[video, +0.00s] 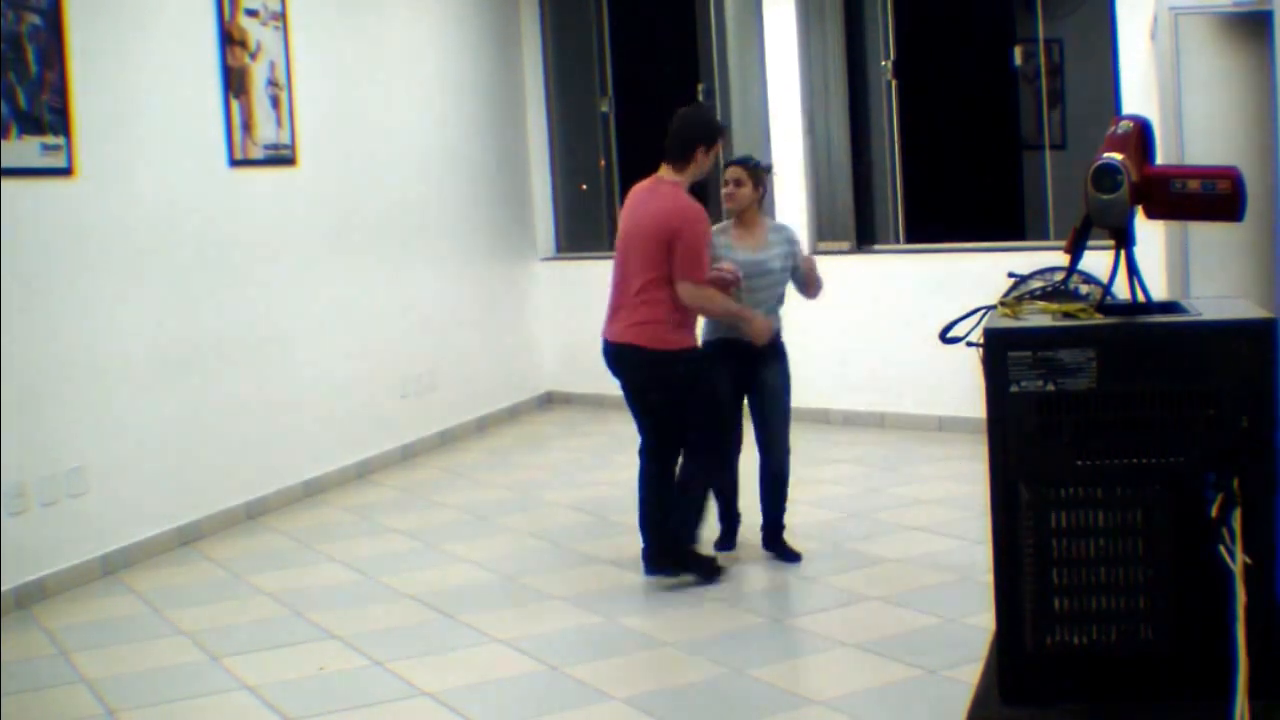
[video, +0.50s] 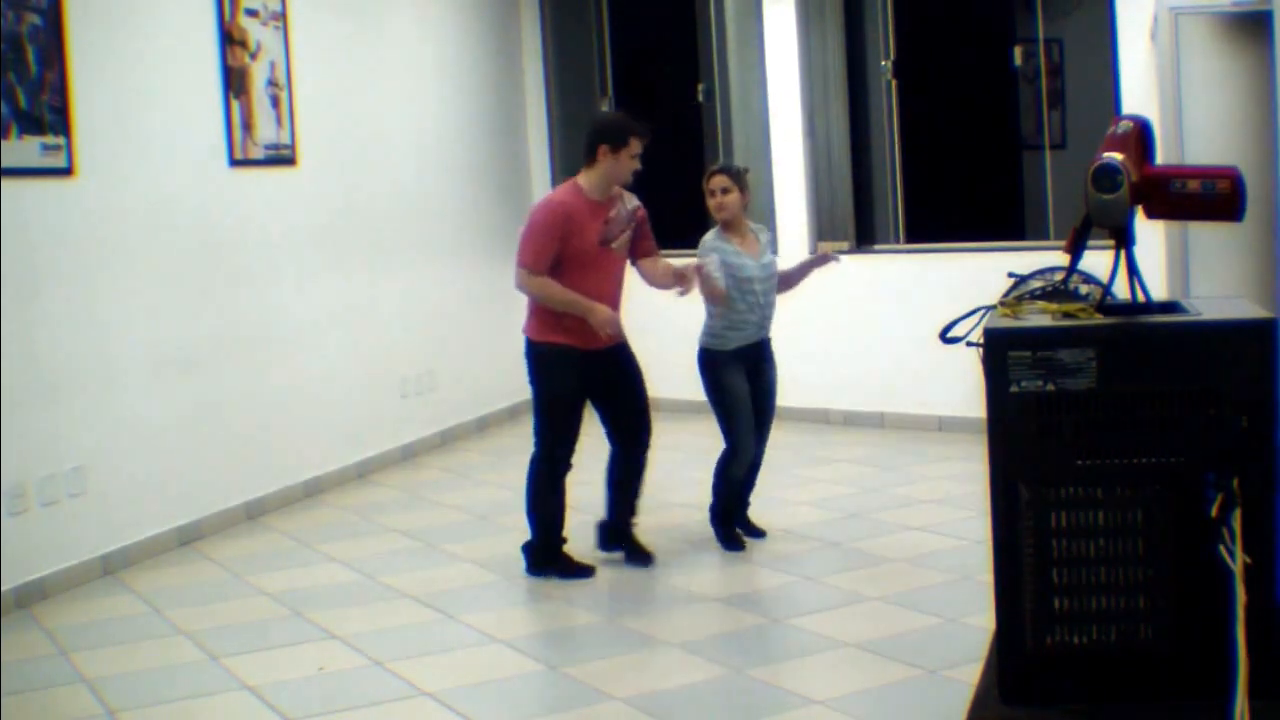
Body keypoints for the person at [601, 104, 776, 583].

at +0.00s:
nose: (716, 159)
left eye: (716, 150)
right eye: (716, 151)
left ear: (670, 146)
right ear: (703, 152)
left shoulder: (638, 195)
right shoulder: (688, 212)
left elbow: (643, 268)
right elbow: (691, 292)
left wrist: (705, 275)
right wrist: (746, 316)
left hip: (623, 342)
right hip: (665, 346)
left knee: (658, 442)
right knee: (712, 437)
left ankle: (659, 552)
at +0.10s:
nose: (700, 166)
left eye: (701, 158)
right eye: (698, 158)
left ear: (662, 154)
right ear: (682, 156)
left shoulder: (638, 201)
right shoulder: (656, 212)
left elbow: (658, 276)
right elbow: (651, 293)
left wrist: (709, 290)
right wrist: (706, 329)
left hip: (626, 344)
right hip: (643, 348)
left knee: (659, 444)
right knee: (672, 448)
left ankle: (662, 545)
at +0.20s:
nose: (683, 167)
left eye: (685, 158)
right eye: (681, 158)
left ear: (655, 156)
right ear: (658, 156)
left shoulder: (657, 208)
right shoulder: (619, 212)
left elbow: (666, 271)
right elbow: (605, 288)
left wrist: (712, 287)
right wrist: (665, 324)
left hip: (648, 351)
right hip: (615, 353)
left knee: (656, 450)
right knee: (629, 450)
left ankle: (662, 546)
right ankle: (560, 535)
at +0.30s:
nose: (665, 165)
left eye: (667, 157)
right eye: (662, 156)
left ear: (640, 156)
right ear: (637, 154)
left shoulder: (653, 208)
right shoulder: (591, 210)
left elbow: (676, 266)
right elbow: (567, 282)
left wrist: (713, 280)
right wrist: (629, 318)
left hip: (638, 350)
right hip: (588, 351)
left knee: (652, 449)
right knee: (582, 449)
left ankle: (661, 545)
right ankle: (547, 542)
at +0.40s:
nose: (652, 166)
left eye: (653, 157)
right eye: (648, 156)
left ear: (625, 156)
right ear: (621, 154)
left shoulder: (643, 208)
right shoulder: (571, 210)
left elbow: (667, 265)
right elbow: (541, 280)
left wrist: (703, 275)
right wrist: (603, 312)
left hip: (619, 347)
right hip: (566, 349)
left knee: (645, 442)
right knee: (560, 451)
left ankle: (657, 540)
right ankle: (544, 548)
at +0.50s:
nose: (637, 165)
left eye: (639, 157)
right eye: (632, 156)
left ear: (612, 156)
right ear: (604, 153)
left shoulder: (629, 208)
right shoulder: (554, 209)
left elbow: (650, 265)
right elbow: (526, 278)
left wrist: (675, 275)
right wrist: (588, 308)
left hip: (608, 345)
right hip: (556, 348)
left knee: (633, 434)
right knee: (554, 452)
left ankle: (618, 529)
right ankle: (544, 551)